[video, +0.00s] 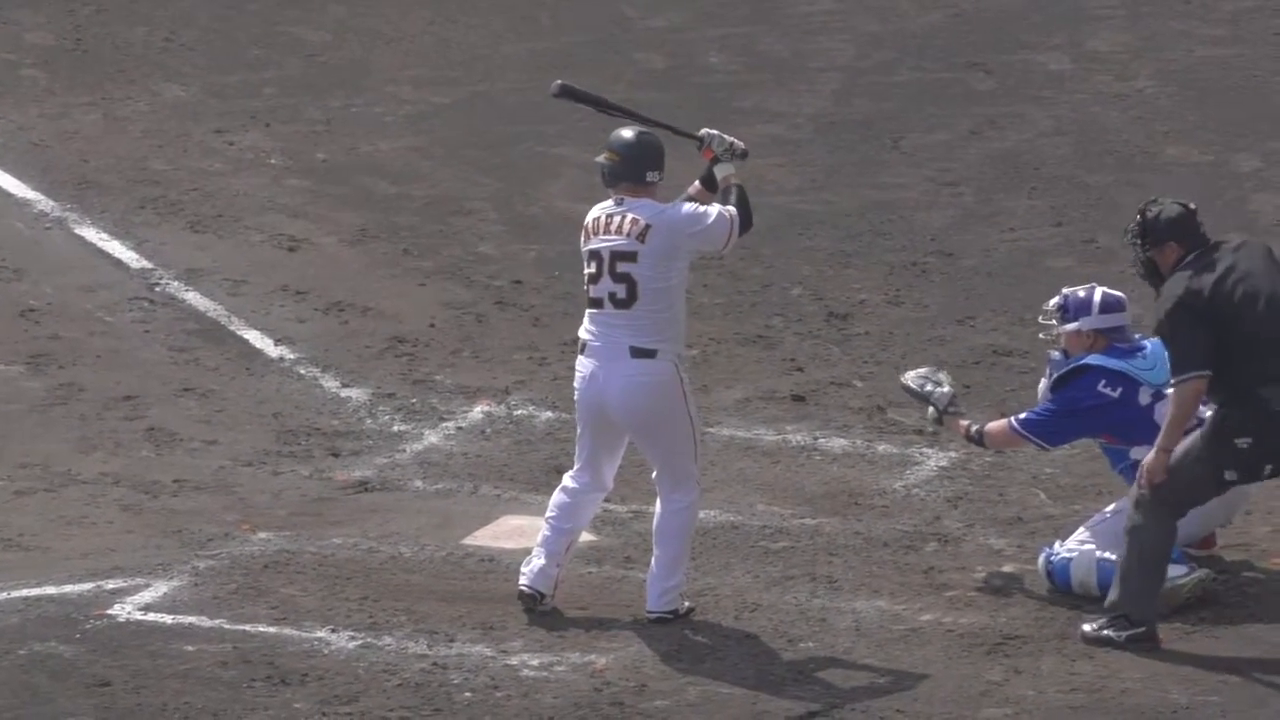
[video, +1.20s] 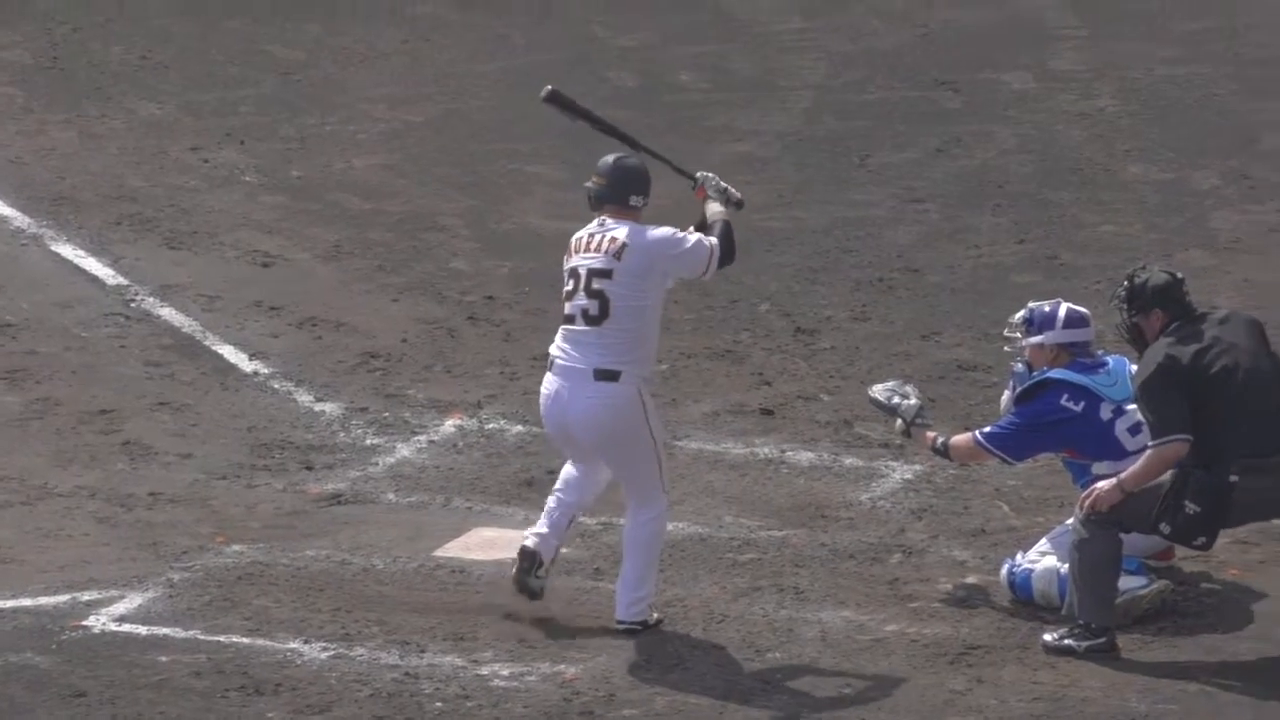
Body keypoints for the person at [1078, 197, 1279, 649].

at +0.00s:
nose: (1148, 259)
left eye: (1150, 249)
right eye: (1145, 249)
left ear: (1170, 248)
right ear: (1196, 235)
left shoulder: (1184, 295)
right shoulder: (1254, 251)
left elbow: (1191, 385)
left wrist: (1162, 452)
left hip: (1258, 426)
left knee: (1155, 498)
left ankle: (1132, 618)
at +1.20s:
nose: (1132, 327)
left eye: (1135, 318)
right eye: (1129, 318)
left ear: (1158, 317)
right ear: (1184, 304)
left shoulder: (1158, 364)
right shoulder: (1245, 323)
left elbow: (1173, 445)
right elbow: (1266, 389)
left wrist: (1118, 485)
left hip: (1230, 491)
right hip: (1274, 478)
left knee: (1096, 509)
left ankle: (1093, 627)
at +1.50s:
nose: (1081, 326)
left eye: (1084, 318)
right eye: (1079, 318)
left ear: (1105, 318)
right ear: (1130, 306)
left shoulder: (1105, 363)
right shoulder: (1186, 326)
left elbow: (1118, 441)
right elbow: (1239, 395)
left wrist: (1067, 478)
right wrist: (1222, 447)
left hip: (1164, 488)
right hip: (1228, 476)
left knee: (1045, 502)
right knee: (1237, 478)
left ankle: (1043, 613)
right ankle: (1277, 579)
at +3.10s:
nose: (1048, 327)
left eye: (1048, 318)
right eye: (1046, 319)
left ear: (1064, 317)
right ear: (1083, 306)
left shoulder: (1072, 363)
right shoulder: (1131, 318)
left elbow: (1081, 438)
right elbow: (1175, 379)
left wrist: (1047, 475)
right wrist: (1186, 425)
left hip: (1133, 461)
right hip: (1183, 441)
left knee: (1037, 499)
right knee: (1210, 496)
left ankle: (1045, 597)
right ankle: (1258, 565)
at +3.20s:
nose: (1032, 307)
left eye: (1034, 299)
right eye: (1031, 299)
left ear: (1049, 298)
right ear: (1072, 288)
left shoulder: (1056, 342)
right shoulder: (1114, 300)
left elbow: (1069, 420)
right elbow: (1151, 361)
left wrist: (1044, 471)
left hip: (1123, 439)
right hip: (1173, 418)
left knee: (1040, 495)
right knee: (1210, 494)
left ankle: (1051, 593)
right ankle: (1264, 564)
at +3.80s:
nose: (1065, 262)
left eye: (1067, 254)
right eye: (1065, 254)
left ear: (1083, 256)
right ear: (1108, 248)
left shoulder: (1078, 307)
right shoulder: (1149, 273)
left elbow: (1075, 385)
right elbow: (1186, 317)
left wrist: (1071, 448)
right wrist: (1207, 323)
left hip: (1122, 417)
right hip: (1172, 404)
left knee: (1089, 512)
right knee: (1181, 506)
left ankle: (1086, 610)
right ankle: (1226, 604)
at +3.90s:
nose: (1086, 260)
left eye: (1087, 251)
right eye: (1086, 251)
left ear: (1100, 253)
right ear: (1131, 244)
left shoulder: (1094, 308)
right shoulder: (1169, 273)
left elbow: (1088, 384)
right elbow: (1201, 303)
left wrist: (1079, 444)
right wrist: (1220, 285)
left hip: (1131, 418)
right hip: (1184, 407)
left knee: (1100, 513)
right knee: (1192, 508)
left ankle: (1090, 610)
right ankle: (1231, 609)